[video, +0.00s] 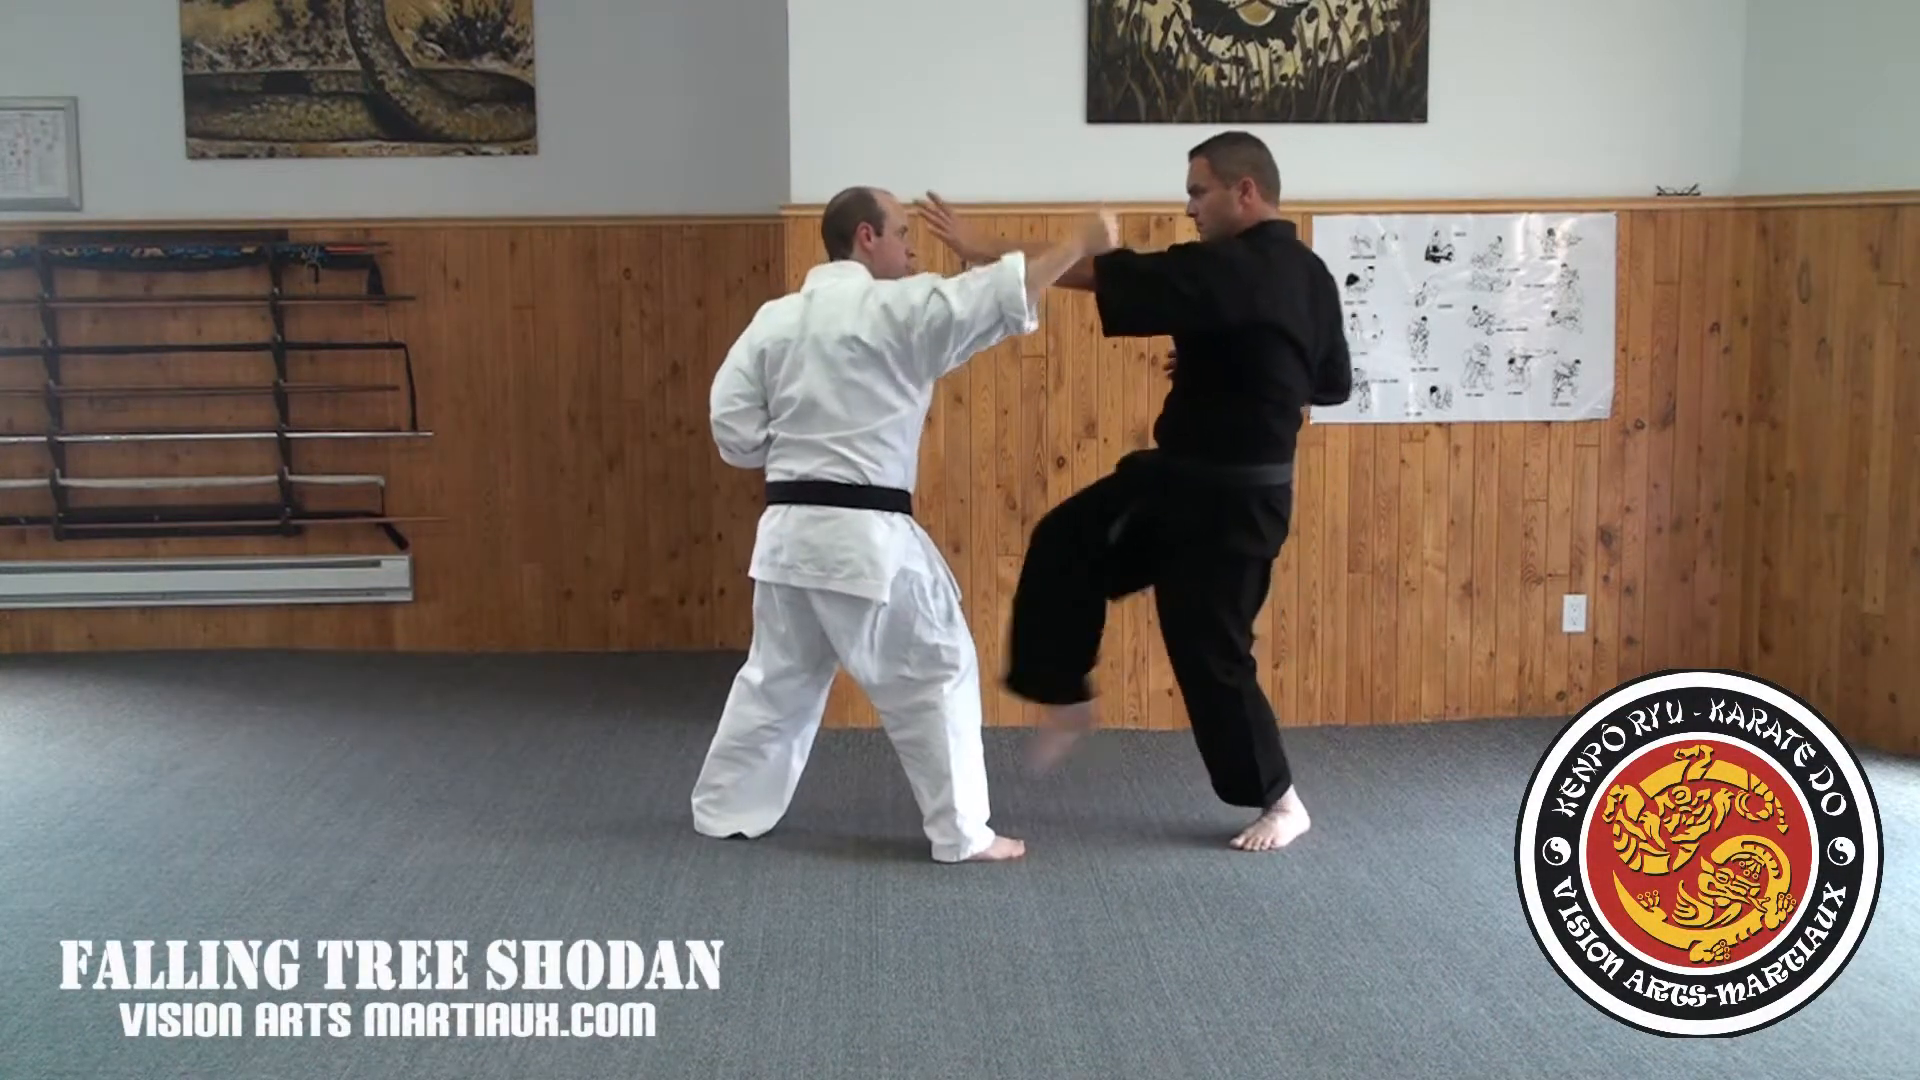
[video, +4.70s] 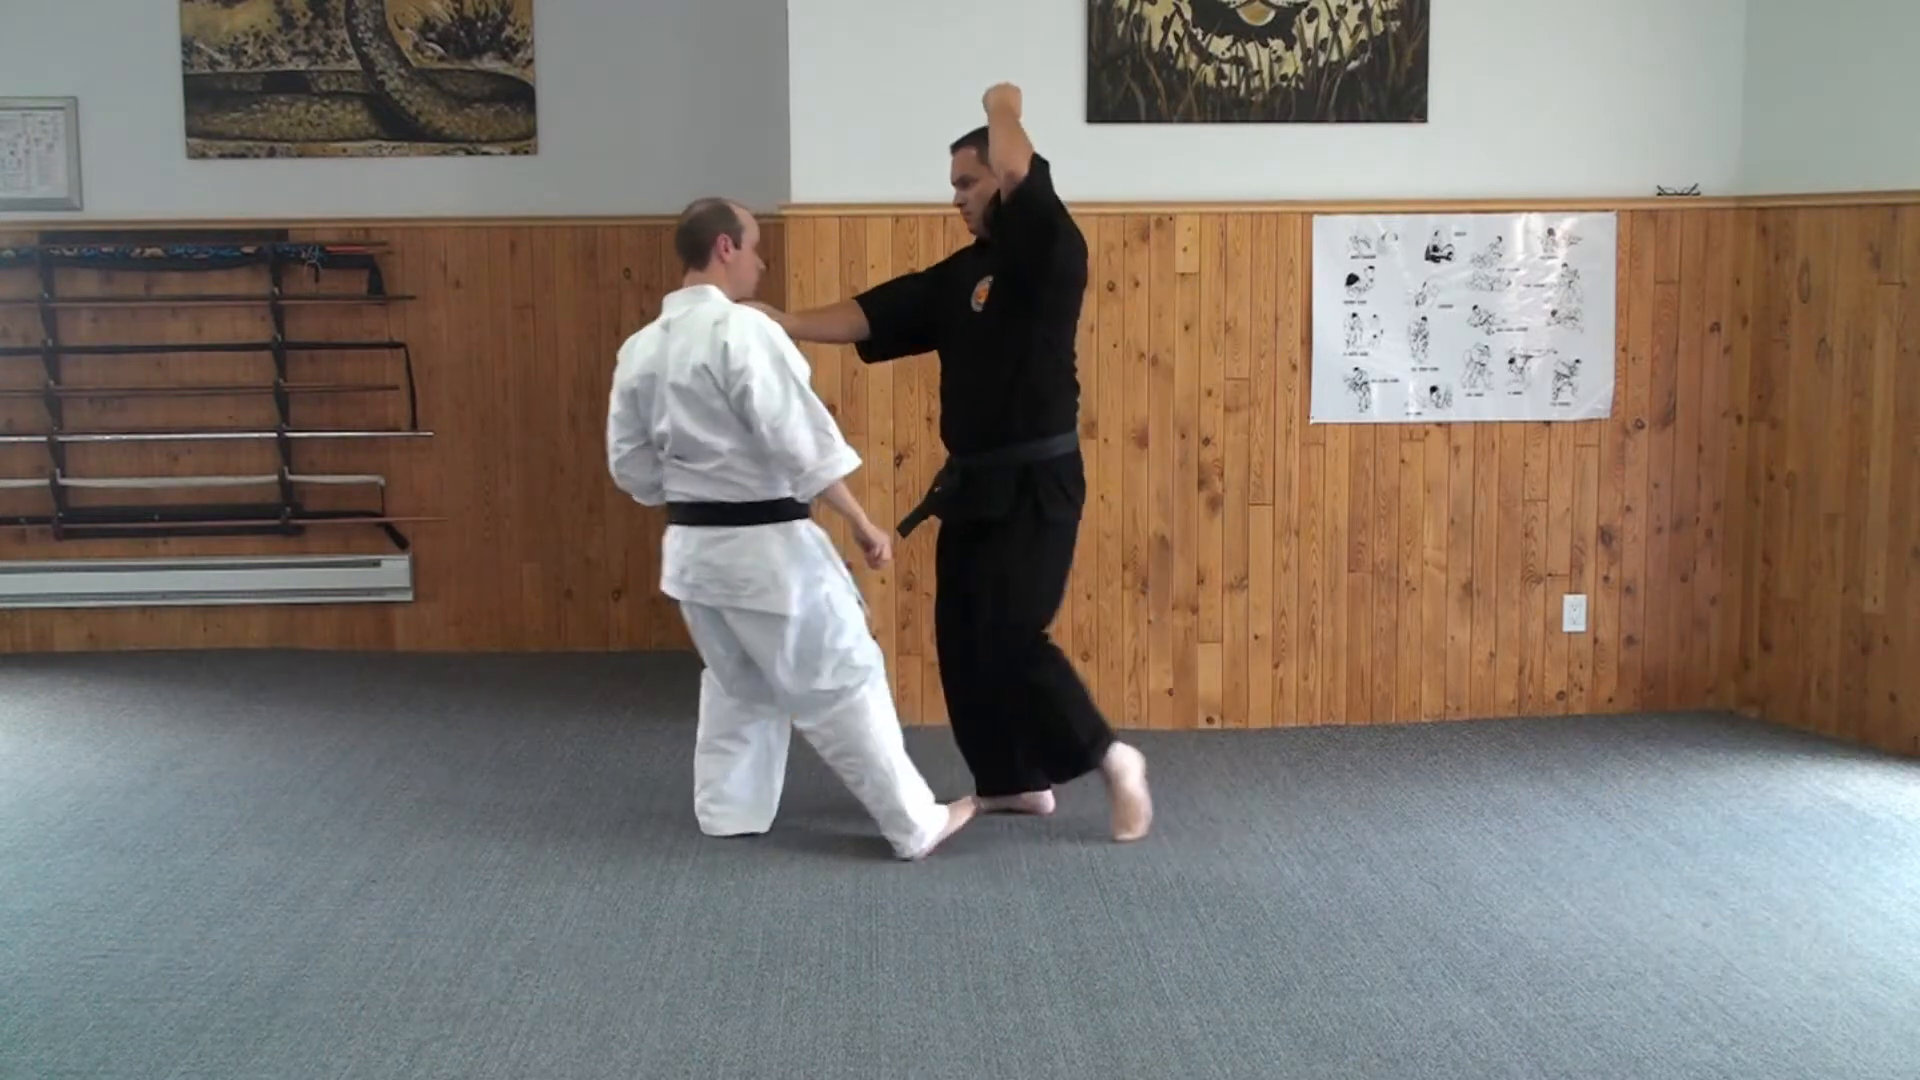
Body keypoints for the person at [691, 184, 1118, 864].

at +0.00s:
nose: (911, 249)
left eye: (910, 235)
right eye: (903, 236)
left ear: (841, 243)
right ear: (866, 240)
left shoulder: (775, 316)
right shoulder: (903, 305)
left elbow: (730, 416)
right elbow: (991, 293)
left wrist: (783, 462)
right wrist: (1079, 246)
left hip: (784, 529)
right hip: (869, 534)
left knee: (774, 675)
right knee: (935, 673)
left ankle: (722, 812)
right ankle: (962, 833)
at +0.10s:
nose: (906, 252)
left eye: (905, 237)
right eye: (898, 238)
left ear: (837, 244)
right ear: (861, 241)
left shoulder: (772, 320)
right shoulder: (889, 310)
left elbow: (729, 421)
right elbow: (988, 336)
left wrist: (781, 466)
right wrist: (1078, 311)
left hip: (784, 533)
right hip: (869, 537)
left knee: (775, 675)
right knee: (937, 671)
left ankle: (721, 810)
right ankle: (962, 833)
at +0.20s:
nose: (902, 255)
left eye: (900, 239)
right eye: (893, 239)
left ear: (838, 246)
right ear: (857, 243)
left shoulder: (769, 324)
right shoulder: (881, 317)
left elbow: (732, 431)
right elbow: (954, 393)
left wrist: (789, 468)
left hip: (784, 536)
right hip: (868, 538)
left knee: (777, 677)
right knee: (939, 673)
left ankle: (720, 810)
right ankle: (961, 833)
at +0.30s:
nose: (897, 250)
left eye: (895, 236)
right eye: (888, 237)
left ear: (835, 247)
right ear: (853, 243)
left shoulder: (769, 326)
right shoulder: (881, 325)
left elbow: (730, 431)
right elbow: (927, 427)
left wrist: (788, 473)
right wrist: (996, 493)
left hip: (786, 537)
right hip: (870, 542)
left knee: (779, 674)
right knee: (944, 670)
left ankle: (723, 809)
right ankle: (962, 832)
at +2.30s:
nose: (855, 266)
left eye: (853, 252)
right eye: (847, 252)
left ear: (787, 261)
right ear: (813, 256)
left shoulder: (736, 351)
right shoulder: (840, 337)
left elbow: (723, 470)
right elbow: (872, 449)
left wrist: (788, 497)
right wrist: (913, 535)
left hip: (789, 552)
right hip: (863, 548)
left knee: (786, 678)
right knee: (952, 664)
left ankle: (721, 806)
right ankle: (964, 830)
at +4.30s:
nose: (828, 266)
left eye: (826, 252)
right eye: (819, 252)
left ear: (769, 258)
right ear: (786, 255)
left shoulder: (708, 354)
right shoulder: (805, 340)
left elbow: (703, 468)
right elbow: (836, 456)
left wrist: (762, 507)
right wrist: (881, 543)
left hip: (769, 550)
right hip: (837, 544)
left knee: (783, 677)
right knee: (931, 665)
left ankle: (721, 807)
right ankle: (962, 830)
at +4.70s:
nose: (760, 263)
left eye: (758, 250)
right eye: (754, 250)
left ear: (699, 254)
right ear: (725, 250)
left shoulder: (640, 349)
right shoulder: (746, 332)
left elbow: (630, 466)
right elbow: (798, 440)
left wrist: (693, 496)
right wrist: (860, 518)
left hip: (691, 551)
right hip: (769, 549)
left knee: (735, 682)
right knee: (843, 679)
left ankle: (726, 812)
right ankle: (914, 823)